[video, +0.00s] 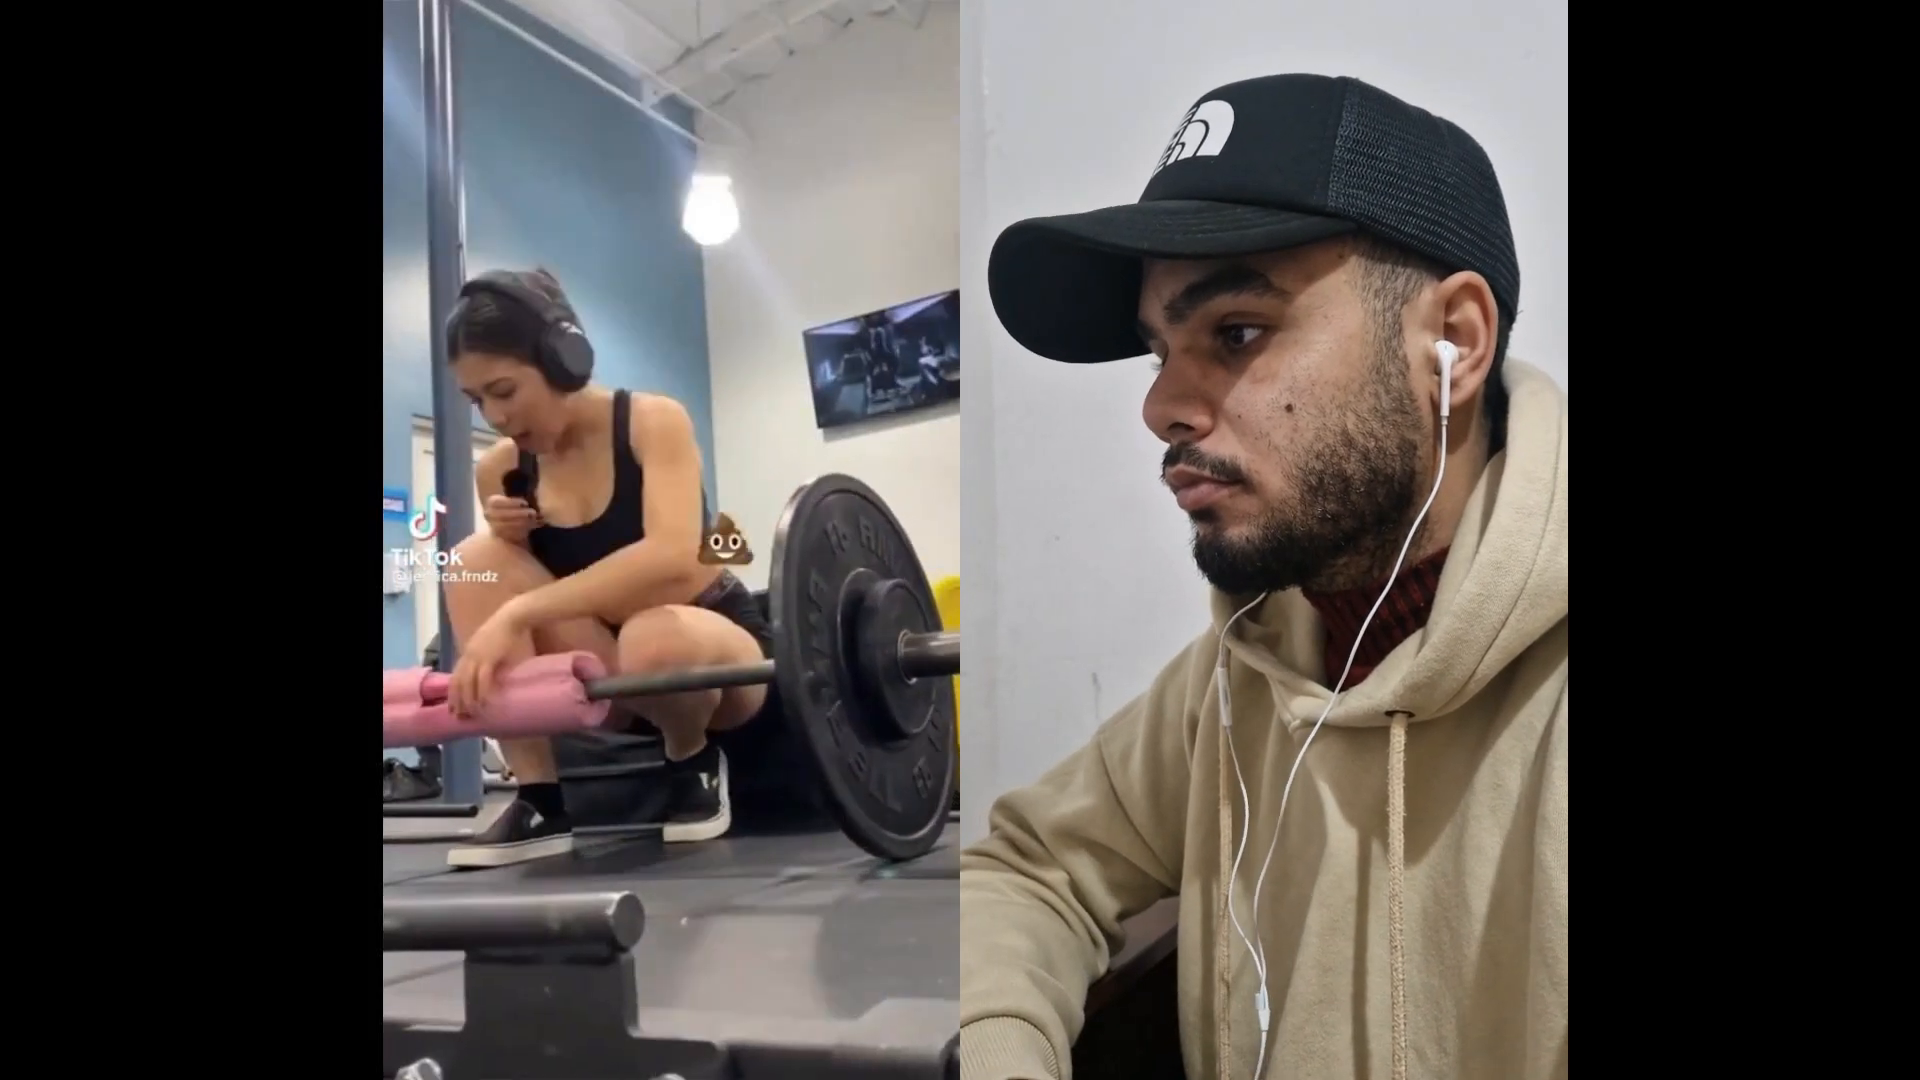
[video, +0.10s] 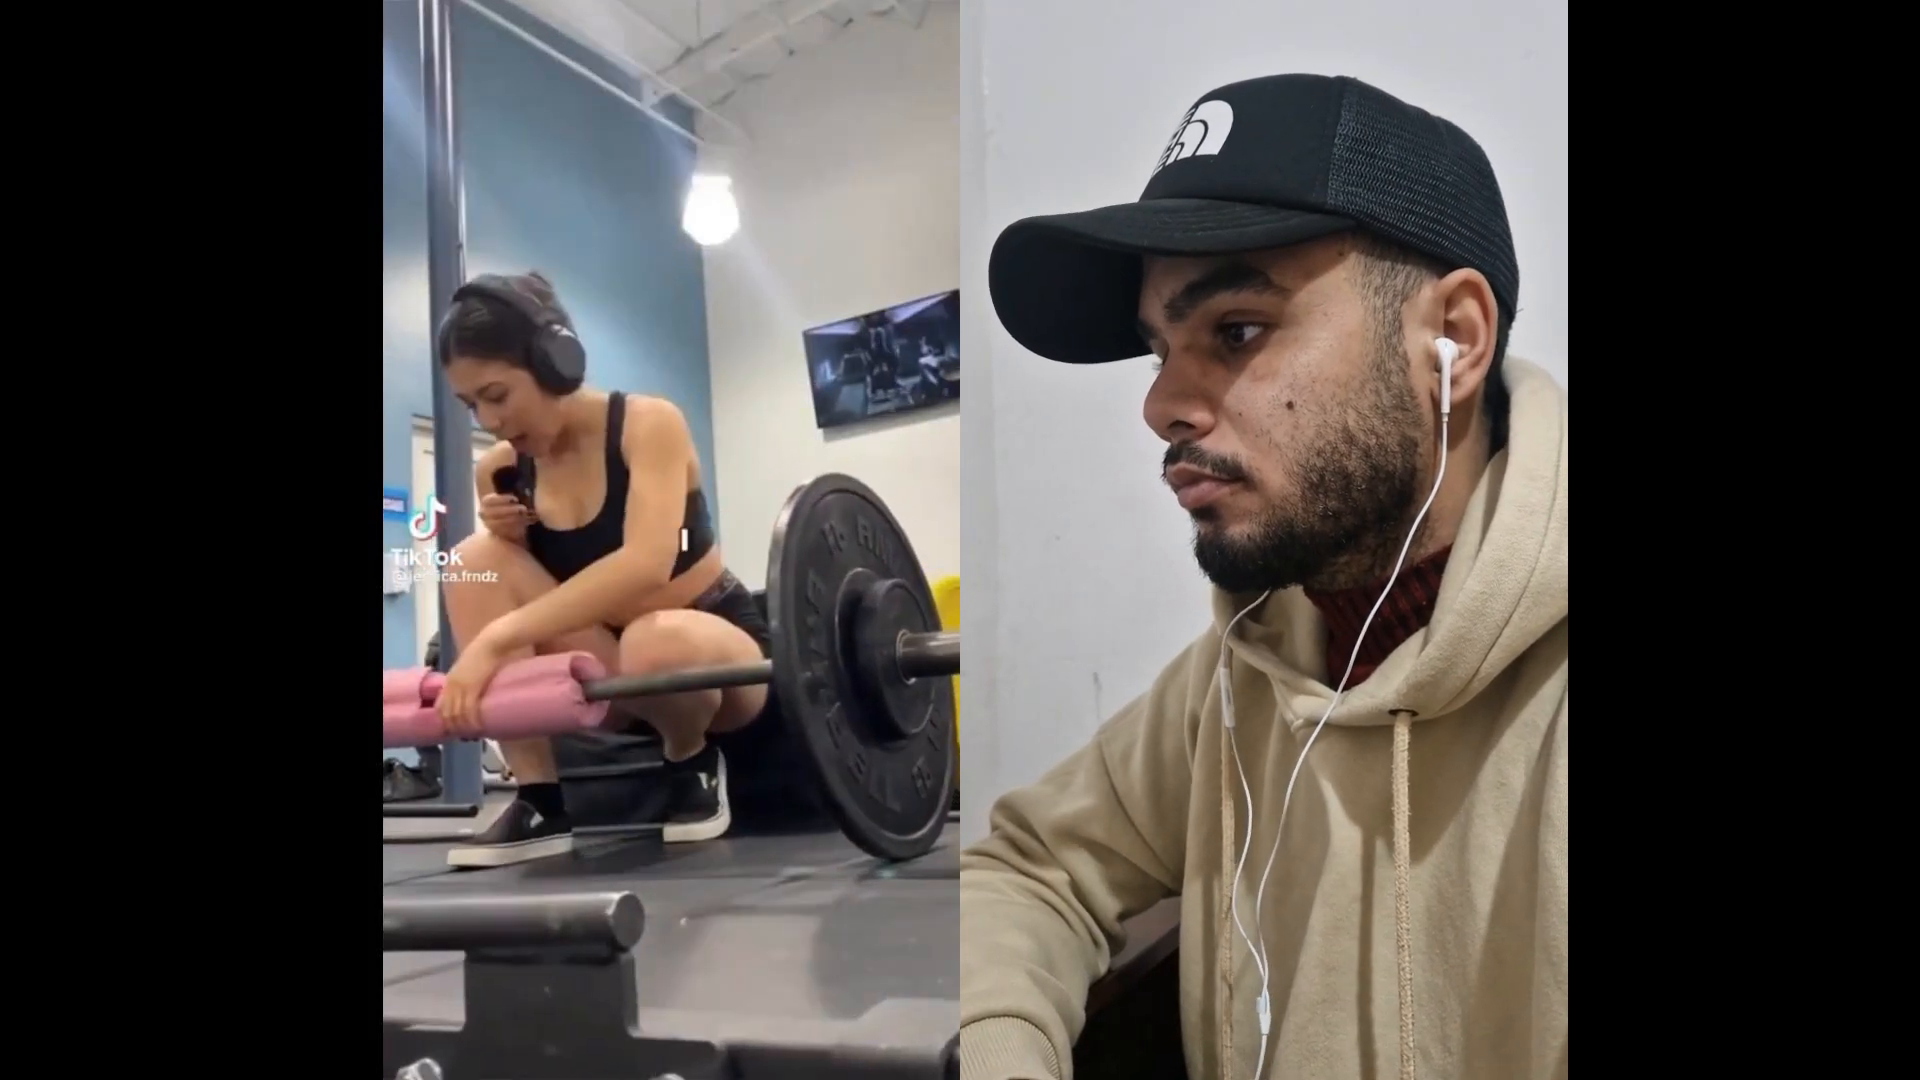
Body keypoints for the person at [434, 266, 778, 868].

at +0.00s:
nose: (495, 418)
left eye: (505, 391)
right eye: (477, 400)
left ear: (562, 361)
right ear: (467, 395)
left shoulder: (656, 422)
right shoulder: (500, 471)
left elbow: (677, 566)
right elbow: (541, 596)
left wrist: (521, 617)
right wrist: (510, 540)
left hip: (713, 647)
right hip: (602, 661)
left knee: (652, 641)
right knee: (476, 560)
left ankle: (690, 761)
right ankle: (539, 797)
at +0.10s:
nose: (488, 422)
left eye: (497, 394)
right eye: (471, 404)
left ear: (555, 364)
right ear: (462, 398)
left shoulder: (652, 424)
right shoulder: (502, 470)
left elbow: (648, 566)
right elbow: (541, 592)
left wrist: (499, 641)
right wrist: (506, 536)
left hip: (715, 647)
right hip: (604, 659)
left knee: (655, 641)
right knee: (474, 560)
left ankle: (688, 762)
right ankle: (540, 799)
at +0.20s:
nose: (488, 424)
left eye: (497, 396)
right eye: (471, 406)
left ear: (554, 365)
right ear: (462, 402)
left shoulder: (652, 424)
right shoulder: (504, 471)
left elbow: (649, 568)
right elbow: (542, 598)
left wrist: (498, 638)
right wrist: (508, 538)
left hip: (718, 647)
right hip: (602, 659)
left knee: (645, 645)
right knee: (473, 561)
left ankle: (691, 761)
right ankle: (540, 798)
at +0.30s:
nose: (490, 423)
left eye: (501, 395)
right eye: (472, 405)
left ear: (555, 364)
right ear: (461, 399)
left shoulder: (651, 419)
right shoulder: (500, 472)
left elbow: (661, 566)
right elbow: (539, 602)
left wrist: (512, 638)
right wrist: (509, 541)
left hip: (720, 646)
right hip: (603, 660)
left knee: (638, 646)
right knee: (474, 561)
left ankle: (696, 762)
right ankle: (540, 798)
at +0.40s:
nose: (497, 421)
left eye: (508, 393)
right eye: (477, 404)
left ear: (558, 362)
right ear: (464, 397)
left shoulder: (653, 419)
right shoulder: (497, 471)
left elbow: (674, 571)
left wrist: (519, 650)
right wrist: (510, 542)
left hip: (716, 646)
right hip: (602, 664)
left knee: (646, 647)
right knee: (477, 562)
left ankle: (698, 761)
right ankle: (540, 798)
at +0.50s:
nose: (504, 417)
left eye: (517, 389)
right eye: (483, 400)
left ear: (567, 361)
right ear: (468, 395)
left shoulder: (656, 420)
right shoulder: (497, 471)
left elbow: (674, 572)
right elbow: (519, 608)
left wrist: (519, 651)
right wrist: (511, 544)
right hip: (600, 668)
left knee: (662, 644)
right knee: (480, 561)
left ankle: (697, 764)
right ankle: (541, 799)